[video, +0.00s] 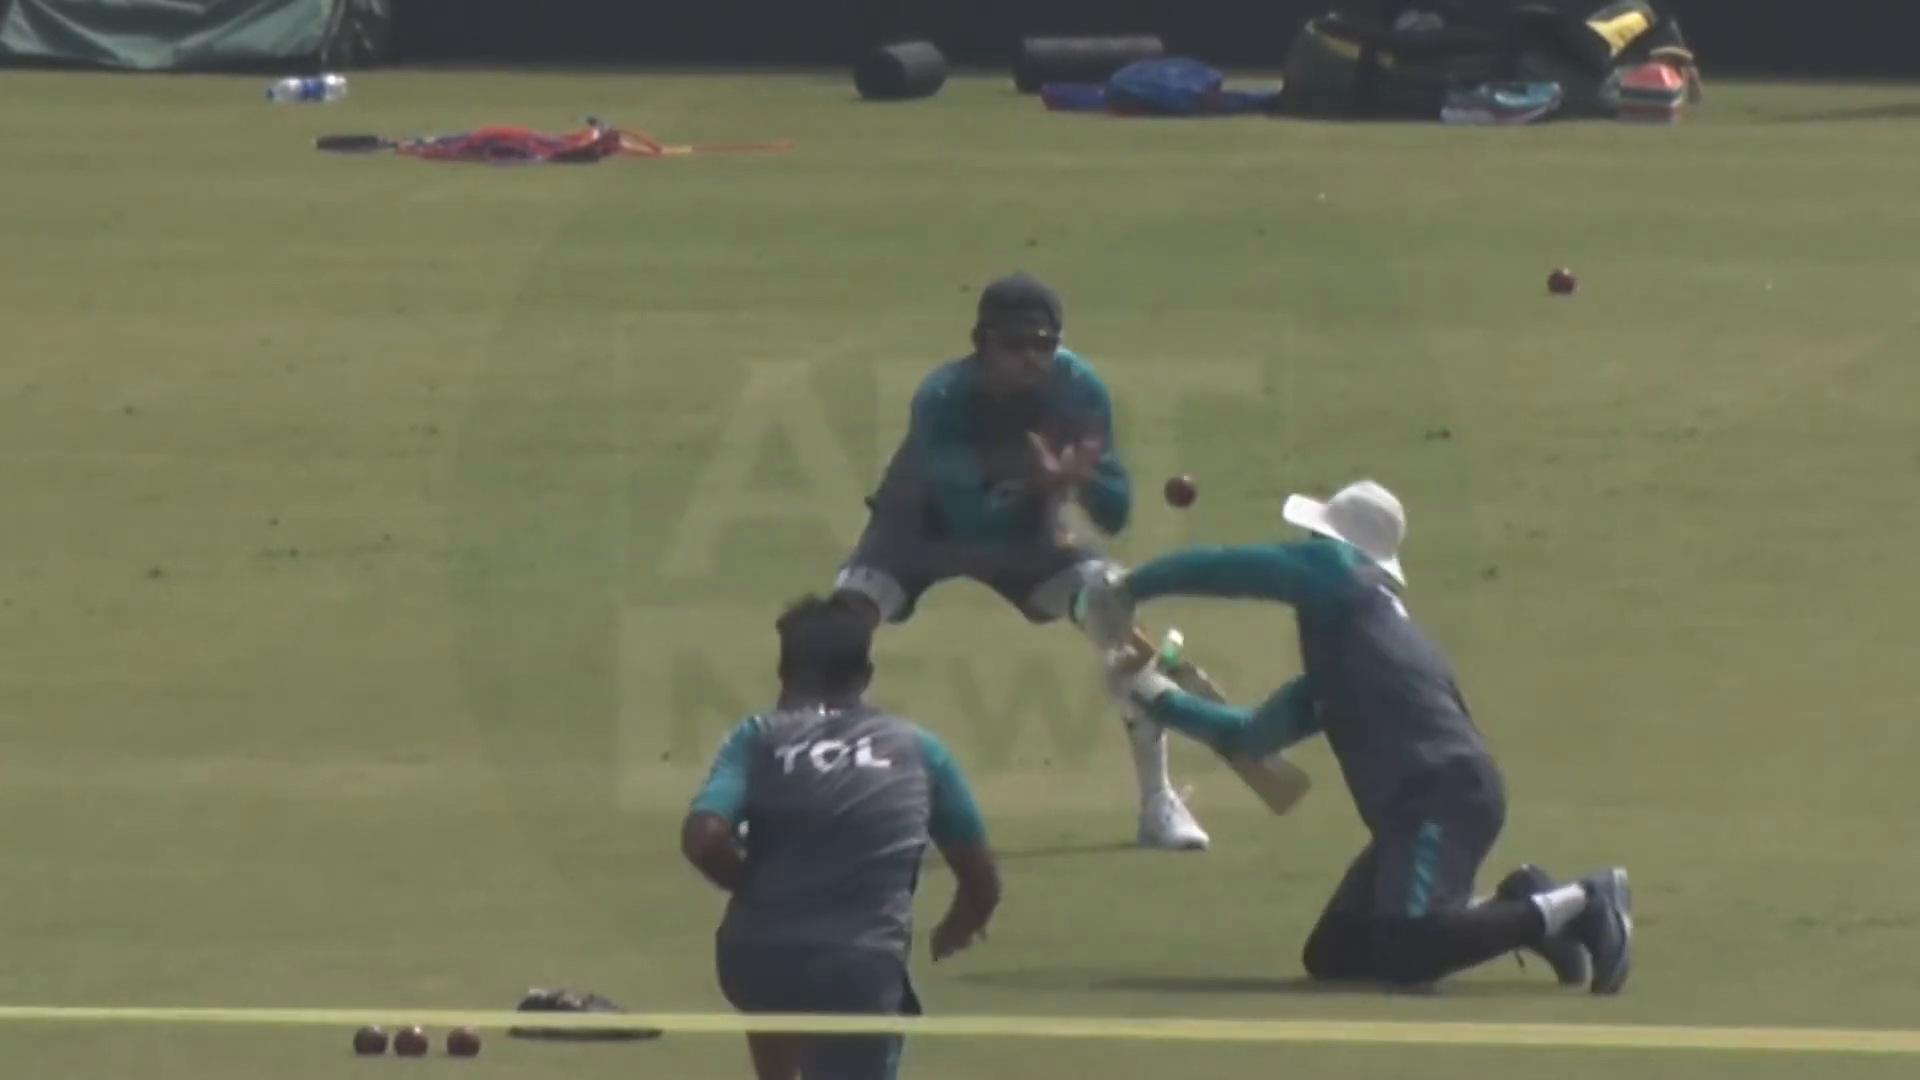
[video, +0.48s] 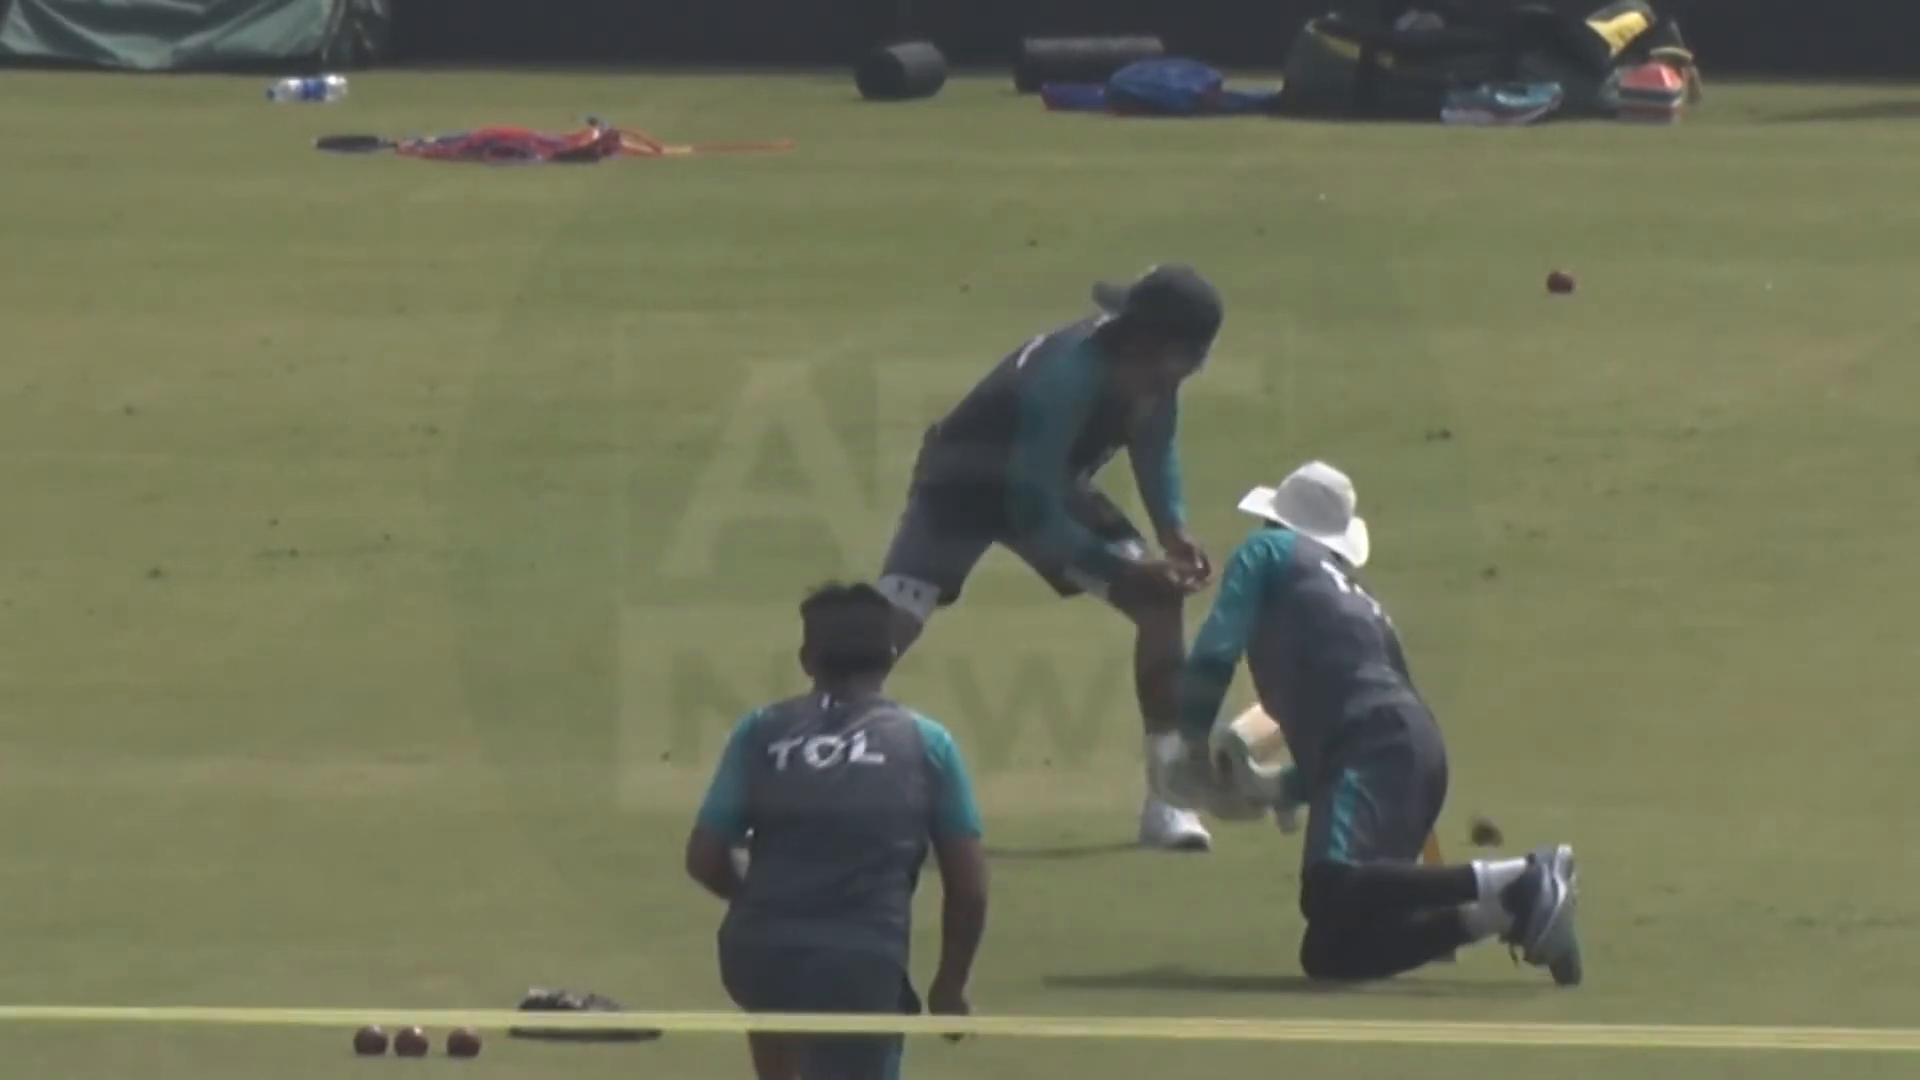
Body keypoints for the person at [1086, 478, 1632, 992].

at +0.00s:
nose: (1300, 544)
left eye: (1313, 538)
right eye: (1305, 535)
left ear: (1343, 549)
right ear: (1371, 559)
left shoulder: (1341, 579)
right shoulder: (1350, 654)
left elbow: (1218, 568)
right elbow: (1250, 735)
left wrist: (1126, 586)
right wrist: (1151, 692)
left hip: (1445, 798)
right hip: (1415, 815)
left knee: (1396, 952)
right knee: (1333, 955)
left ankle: (1579, 905)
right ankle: (1508, 915)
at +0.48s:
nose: (1262, 529)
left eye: (1269, 521)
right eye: (1267, 520)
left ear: (1284, 524)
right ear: (1337, 541)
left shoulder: (1268, 552)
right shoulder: (1356, 599)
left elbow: (1214, 654)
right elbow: (1351, 733)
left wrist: (1192, 745)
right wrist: (1270, 789)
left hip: (1376, 748)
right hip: (1419, 758)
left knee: (1327, 889)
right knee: (1325, 955)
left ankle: (1518, 879)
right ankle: (1505, 910)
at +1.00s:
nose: (1244, 548)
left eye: (1251, 542)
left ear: (1268, 543)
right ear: (1322, 562)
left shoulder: (1250, 562)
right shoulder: (1331, 604)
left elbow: (1237, 645)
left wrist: (1223, 768)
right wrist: (1323, 925)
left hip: (1372, 736)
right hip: (1417, 754)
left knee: (1351, 866)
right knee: (1333, 956)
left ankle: (1531, 841)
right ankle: (1501, 896)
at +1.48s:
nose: (1296, 545)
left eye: (1304, 534)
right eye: (1302, 534)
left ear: (1317, 537)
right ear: (1374, 551)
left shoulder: (1316, 574)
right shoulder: (1387, 601)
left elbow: (1307, 672)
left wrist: (1277, 781)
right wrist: (1338, 916)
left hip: (1423, 793)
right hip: (1456, 787)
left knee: (1336, 954)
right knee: (1343, 943)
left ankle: (1527, 904)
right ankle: (1502, 901)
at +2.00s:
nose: (1454, 557)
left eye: (1464, 544)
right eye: (1458, 542)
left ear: (1489, 550)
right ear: (1523, 551)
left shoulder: (1505, 614)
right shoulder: (1529, 612)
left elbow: (1498, 737)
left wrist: (1422, 811)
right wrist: (1417, 838)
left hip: (1512, 850)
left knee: (1382, 964)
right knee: (1355, 945)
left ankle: (1550, 914)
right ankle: (1539, 909)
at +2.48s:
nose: (1488, 535)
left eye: (1502, 526)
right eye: (1493, 523)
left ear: (1540, 543)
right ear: (1546, 545)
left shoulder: (1541, 620)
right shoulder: (1557, 610)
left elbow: (1510, 743)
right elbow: (1503, 748)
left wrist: (1433, 815)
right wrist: (1425, 811)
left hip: (1521, 851)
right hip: (1506, 842)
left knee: (1384, 967)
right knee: (1360, 951)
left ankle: (1555, 914)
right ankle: (1540, 909)